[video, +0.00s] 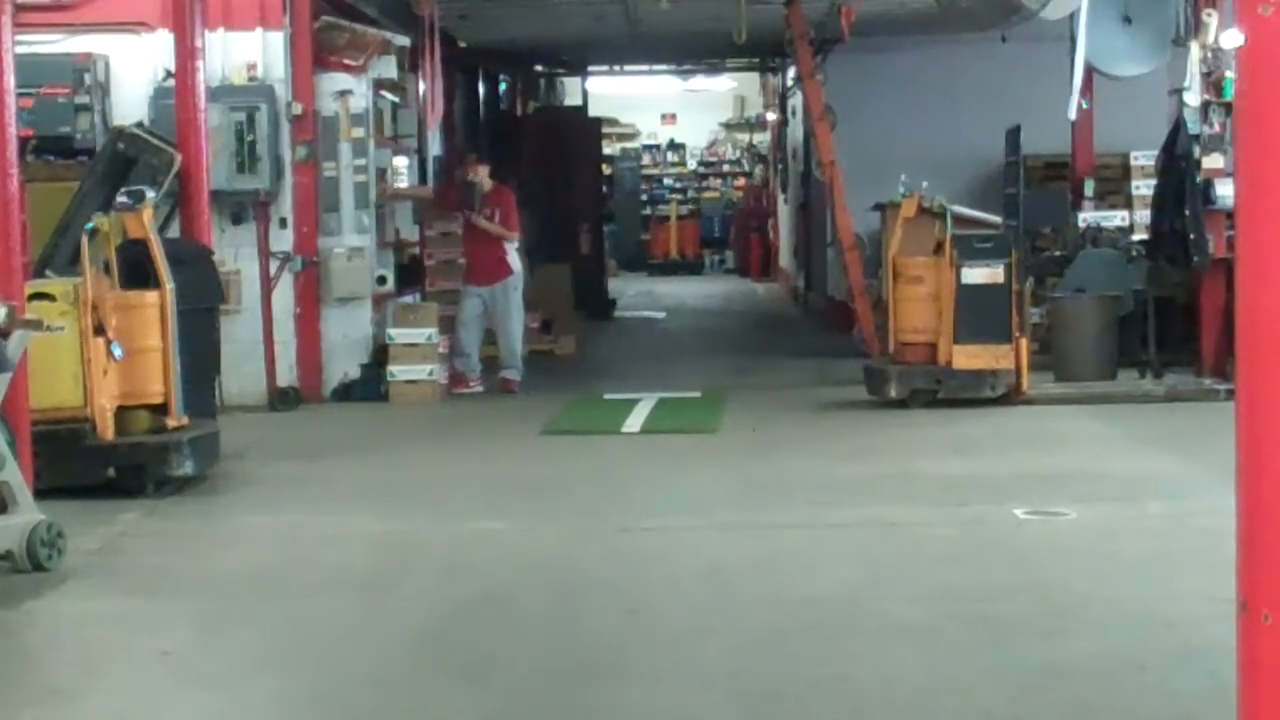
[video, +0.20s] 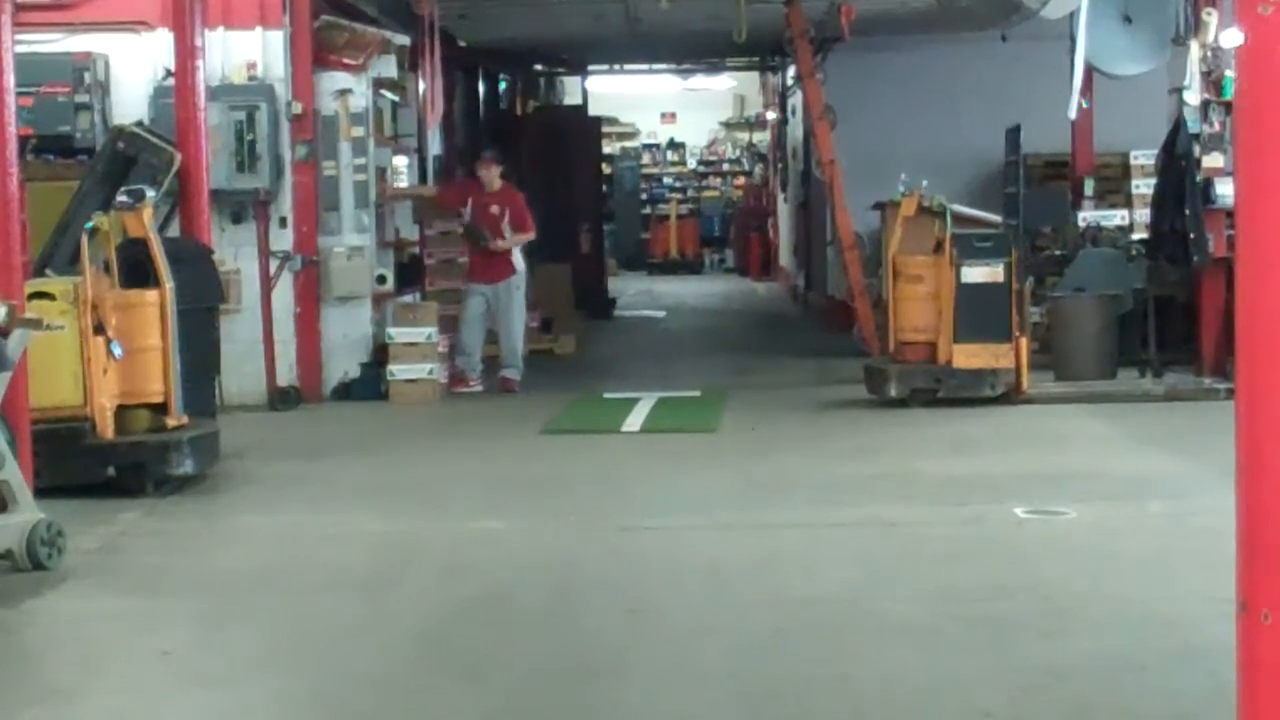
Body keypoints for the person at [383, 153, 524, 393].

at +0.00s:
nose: (473, 172)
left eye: (477, 166)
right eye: (469, 168)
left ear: (488, 168)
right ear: (465, 172)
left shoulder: (503, 196)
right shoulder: (464, 194)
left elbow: (512, 235)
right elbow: (430, 193)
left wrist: (481, 222)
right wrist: (393, 192)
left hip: (503, 276)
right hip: (474, 277)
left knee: (508, 327)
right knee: (466, 327)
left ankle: (510, 375)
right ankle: (469, 376)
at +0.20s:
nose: (484, 172)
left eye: (488, 167)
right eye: (481, 167)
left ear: (500, 169)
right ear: (476, 169)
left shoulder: (512, 197)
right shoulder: (468, 191)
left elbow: (529, 233)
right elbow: (433, 192)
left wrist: (506, 243)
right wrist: (396, 192)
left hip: (507, 275)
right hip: (478, 274)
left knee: (510, 328)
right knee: (469, 326)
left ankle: (510, 374)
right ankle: (470, 375)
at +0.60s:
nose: (515, 166)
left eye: (521, 163)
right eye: (513, 161)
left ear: (528, 169)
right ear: (506, 162)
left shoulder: (533, 198)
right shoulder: (488, 187)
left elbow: (542, 237)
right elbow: (455, 195)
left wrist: (546, 270)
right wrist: (430, 213)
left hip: (515, 276)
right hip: (483, 273)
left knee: (515, 329)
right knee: (475, 324)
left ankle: (511, 373)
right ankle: (471, 372)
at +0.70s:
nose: (521, 164)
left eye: (527, 162)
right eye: (519, 159)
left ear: (533, 168)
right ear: (512, 161)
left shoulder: (537, 198)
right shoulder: (491, 186)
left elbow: (545, 238)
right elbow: (460, 205)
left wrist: (548, 272)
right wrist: (447, 233)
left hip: (519, 274)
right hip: (486, 270)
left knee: (517, 327)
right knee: (477, 322)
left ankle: (512, 372)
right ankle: (474, 370)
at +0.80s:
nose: (526, 164)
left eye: (532, 161)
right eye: (523, 158)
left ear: (537, 167)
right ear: (514, 160)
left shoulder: (539, 197)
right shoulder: (493, 187)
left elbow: (546, 237)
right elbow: (473, 216)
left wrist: (550, 272)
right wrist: (466, 243)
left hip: (522, 272)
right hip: (489, 268)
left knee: (520, 325)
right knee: (484, 320)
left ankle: (513, 371)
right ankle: (481, 368)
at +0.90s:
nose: (529, 164)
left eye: (534, 160)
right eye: (526, 158)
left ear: (539, 167)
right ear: (516, 159)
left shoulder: (540, 196)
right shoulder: (495, 187)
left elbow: (548, 237)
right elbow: (483, 221)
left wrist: (551, 271)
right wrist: (484, 252)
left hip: (525, 269)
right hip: (494, 266)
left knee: (522, 323)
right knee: (494, 319)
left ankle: (515, 370)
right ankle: (491, 368)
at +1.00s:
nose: (529, 164)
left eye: (534, 160)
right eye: (526, 157)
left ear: (540, 165)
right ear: (517, 159)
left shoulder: (544, 197)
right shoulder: (497, 187)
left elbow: (550, 237)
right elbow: (484, 219)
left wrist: (553, 271)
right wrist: (484, 250)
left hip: (528, 266)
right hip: (499, 262)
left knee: (524, 320)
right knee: (502, 312)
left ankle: (519, 368)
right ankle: (506, 364)